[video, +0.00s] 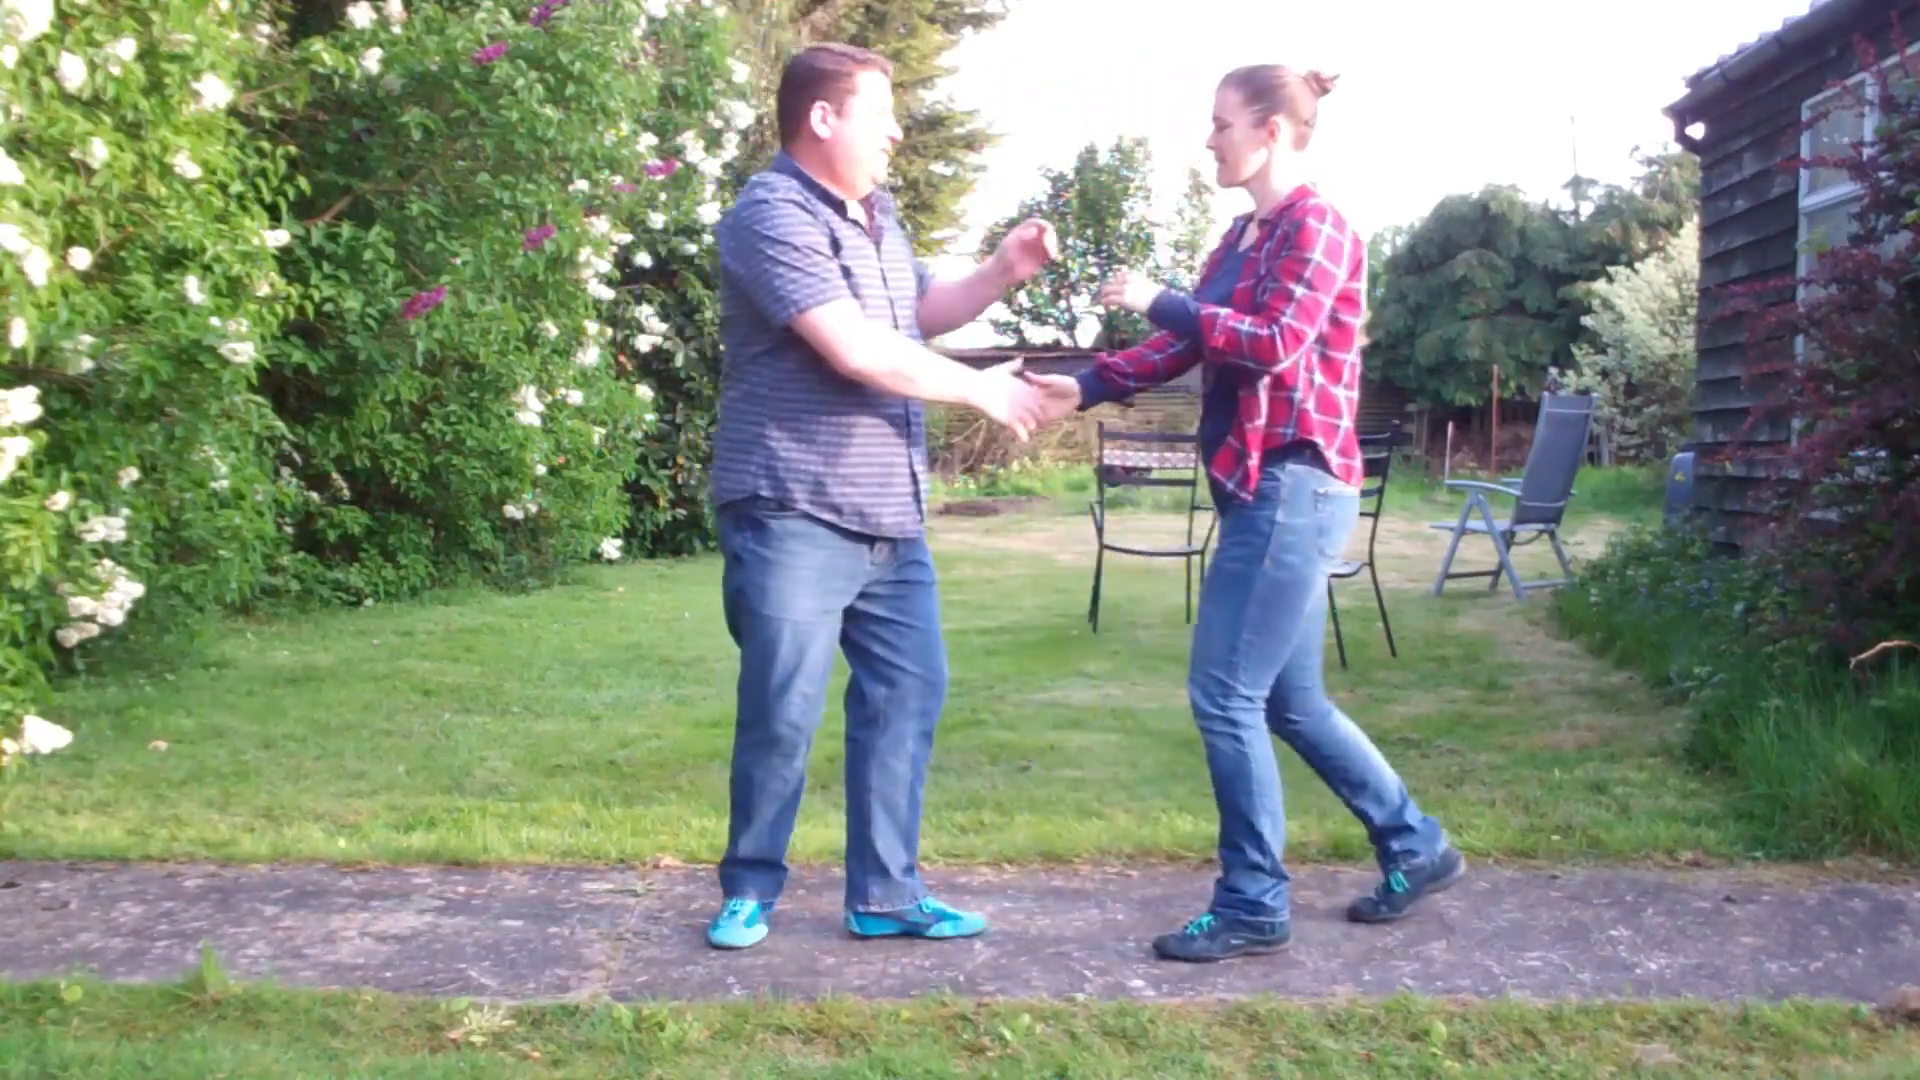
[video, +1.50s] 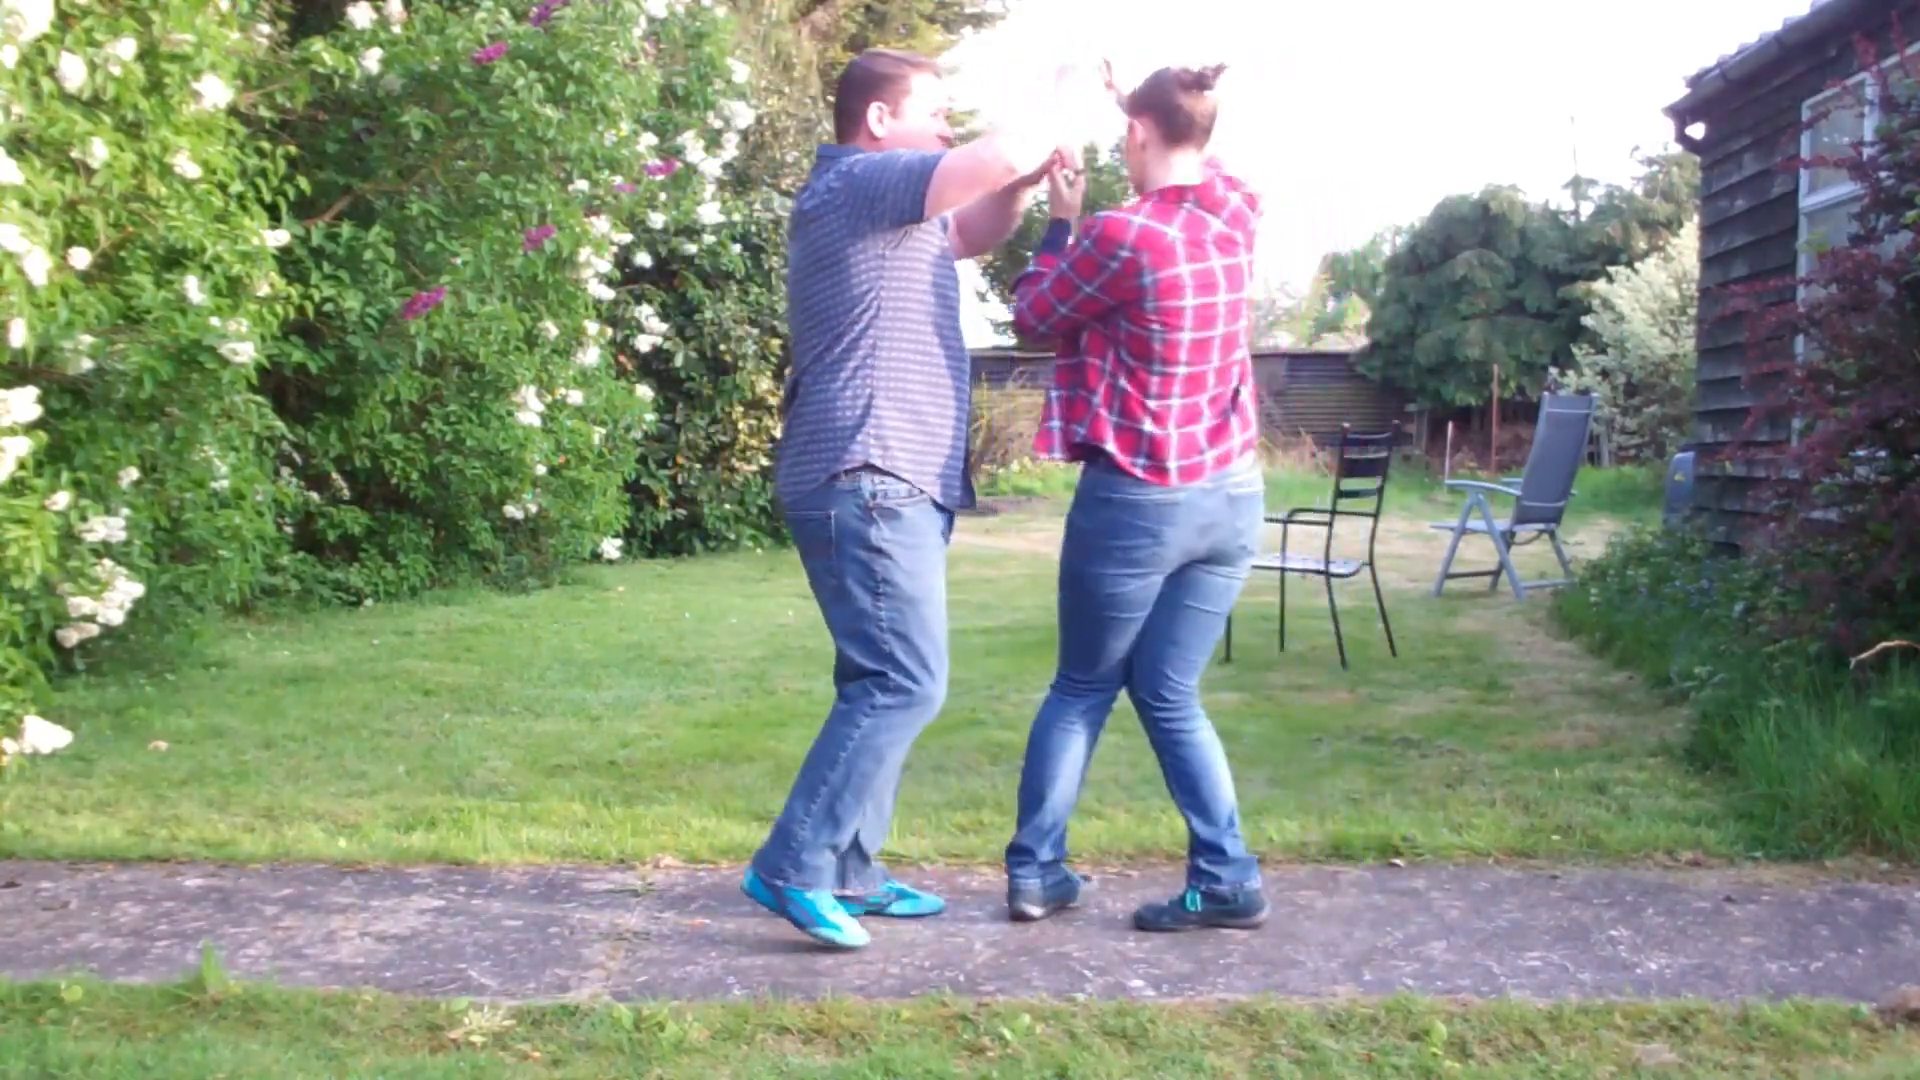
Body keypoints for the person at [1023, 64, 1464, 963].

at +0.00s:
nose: (1208, 141)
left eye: (1222, 127)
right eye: (1211, 127)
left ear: (1274, 132)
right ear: (1262, 133)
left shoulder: (1318, 226)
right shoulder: (1240, 242)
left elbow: (1273, 345)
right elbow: (1172, 348)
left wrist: (1163, 303)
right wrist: (1079, 387)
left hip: (1296, 487)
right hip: (1268, 487)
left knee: (1226, 695)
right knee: (1292, 699)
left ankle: (1252, 905)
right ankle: (1417, 849)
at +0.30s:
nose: (1244, 131)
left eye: (1258, 117)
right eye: (1247, 116)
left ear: (1309, 127)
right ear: (1299, 127)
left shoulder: (1345, 216)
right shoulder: (1293, 231)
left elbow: (1285, 338)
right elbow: (1236, 351)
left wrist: (1174, 311)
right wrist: (1147, 382)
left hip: (1347, 478)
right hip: (1331, 479)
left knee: (1261, 680)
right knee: (1355, 690)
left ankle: (1319, 882)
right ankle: (1437, 863)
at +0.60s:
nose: (1233, 135)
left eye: (1245, 119)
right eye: (1235, 120)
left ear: (1293, 123)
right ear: (1278, 125)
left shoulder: (1345, 224)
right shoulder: (1267, 231)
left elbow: (1316, 353)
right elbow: (1192, 307)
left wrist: (1197, 349)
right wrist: (1112, 258)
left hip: (1323, 484)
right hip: (1268, 486)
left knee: (1287, 693)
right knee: (1233, 682)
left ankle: (1342, 890)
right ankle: (1373, 813)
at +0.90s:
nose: (1204, 141)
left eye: (1212, 124)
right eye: (1207, 126)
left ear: (1249, 123)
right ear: (1252, 124)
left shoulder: (1328, 228)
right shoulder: (1220, 210)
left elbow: (1295, 353)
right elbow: (1124, 191)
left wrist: (1160, 328)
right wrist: (1096, 105)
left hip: (1291, 481)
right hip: (1210, 484)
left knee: (1285, 690)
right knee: (1176, 683)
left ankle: (1345, 885)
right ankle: (1228, 880)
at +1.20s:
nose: (1171, 148)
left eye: (1177, 133)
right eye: (1172, 135)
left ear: (1213, 129)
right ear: (1228, 131)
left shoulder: (1261, 231)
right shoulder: (1204, 217)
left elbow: (1188, 353)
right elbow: (1117, 197)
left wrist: (1096, 291)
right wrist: (1083, 122)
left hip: (1223, 477)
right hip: (1218, 475)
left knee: (1116, 668)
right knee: (1181, 687)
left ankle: (1234, 850)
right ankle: (1225, 879)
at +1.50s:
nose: (1123, 141)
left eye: (1127, 129)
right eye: (1125, 129)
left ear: (1142, 135)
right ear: (1203, 136)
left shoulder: (1124, 235)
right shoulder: (1236, 214)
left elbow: (1032, 316)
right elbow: (1201, 170)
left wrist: (1062, 223)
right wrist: (1138, 100)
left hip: (1136, 501)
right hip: (1232, 497)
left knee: (1083, 685)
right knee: (1170, 688)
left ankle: (1034, 870)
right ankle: (1226, 879)